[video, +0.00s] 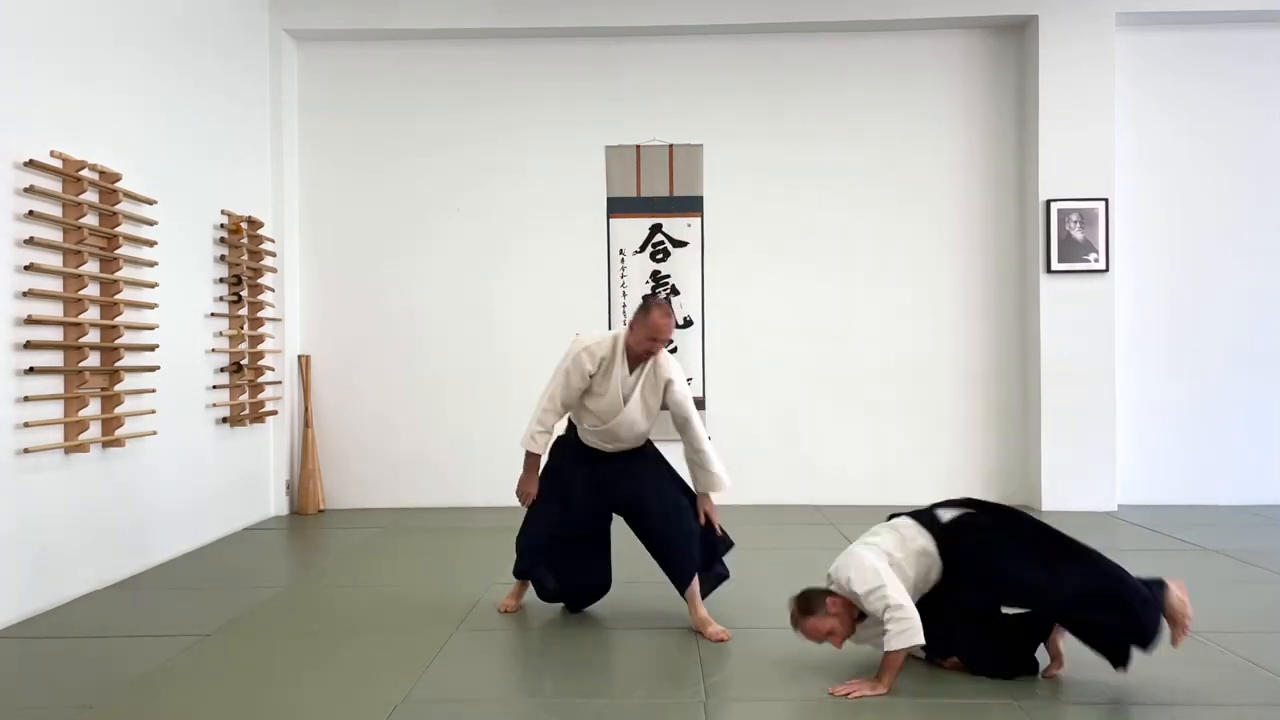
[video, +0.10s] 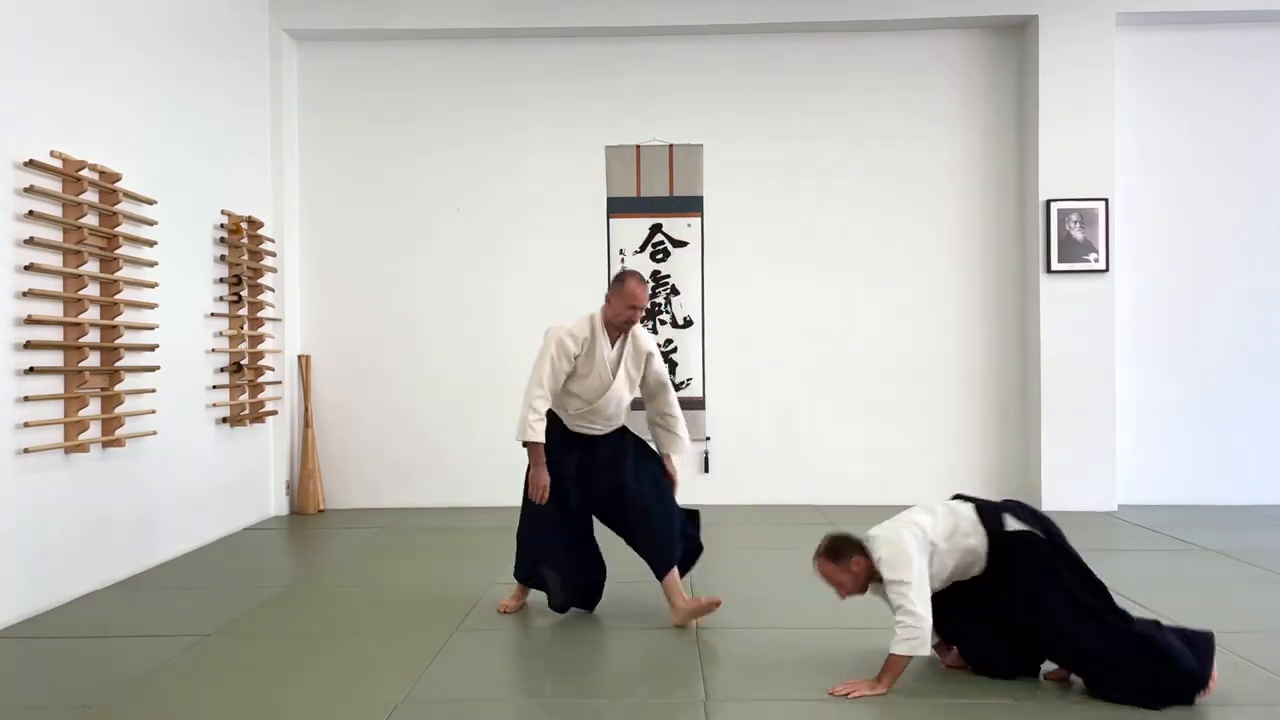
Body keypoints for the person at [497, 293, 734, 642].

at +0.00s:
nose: (657, 348)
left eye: (664, 342)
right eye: (651, 339)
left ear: (670, 338)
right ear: (631, 327)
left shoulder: (665, 370)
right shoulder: (589, 354)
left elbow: (691, 428)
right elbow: (549, 408)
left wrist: (704, 492)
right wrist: (529, 472)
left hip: (634, 456)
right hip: (580, 453)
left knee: (676, 521)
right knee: (541, 520)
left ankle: (698, 611)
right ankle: (519, 586)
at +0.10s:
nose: (636, 317)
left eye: (642, 310)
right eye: (631, 308)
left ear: (644, 309)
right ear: (609, 299)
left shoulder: (642, 347)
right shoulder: (566, 339)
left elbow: (661, 401)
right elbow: (536, 398)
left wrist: (666, 457)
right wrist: (537, 463)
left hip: (611, 440)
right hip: (562, 437)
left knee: (649, 502)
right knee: (538, 511)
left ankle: (679, 602)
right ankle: (520, 591)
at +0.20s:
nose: (622, 293)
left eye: (626, 286)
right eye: (615, 285)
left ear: (628, 288)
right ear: (592, 283)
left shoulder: (626, 333)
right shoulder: (557, 328)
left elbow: (635, 393)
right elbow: (535, 394)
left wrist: (632, 447)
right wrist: (547, 454)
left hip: (600, 432)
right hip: (552, 430)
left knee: (635, 493)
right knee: (537, 510)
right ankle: (520, 589)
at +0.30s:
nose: (615, 281)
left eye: (617, 275)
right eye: (608, 274)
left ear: (616, 277)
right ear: (584, 274)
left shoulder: (614, 321)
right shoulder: (555, 319)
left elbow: (618, 373)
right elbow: (543, 385)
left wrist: (608, 419)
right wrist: (557, 443)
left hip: (592, 428)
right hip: (546, 430)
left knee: (627, 505)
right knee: (534, 513)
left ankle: (575, 563)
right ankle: (519, 591)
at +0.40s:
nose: (611, 275)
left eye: (613, 269)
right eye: (604, 268)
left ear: (608, 273)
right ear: (580, 270)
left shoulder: (598, 317)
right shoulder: (559, 315)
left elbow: (586, 378)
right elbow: (549, 380)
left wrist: (588, 425)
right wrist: (567, 436)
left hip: (582, 424)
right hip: (548, 425)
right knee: (540, 506)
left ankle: (537, 572)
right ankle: (520, 589)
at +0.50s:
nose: (612, 276)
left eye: (613, 270)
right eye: (605, 270)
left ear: (593, 274)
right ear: (583, 272)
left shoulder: (593, 315)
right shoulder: (566, 316)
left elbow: (586, 377)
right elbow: (558, 381)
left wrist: (589, 425)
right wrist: (576, 434)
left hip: (578, 425)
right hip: (555, 426)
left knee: (560, 505)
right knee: (544, 505)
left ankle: (539, 577)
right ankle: (521, 590)